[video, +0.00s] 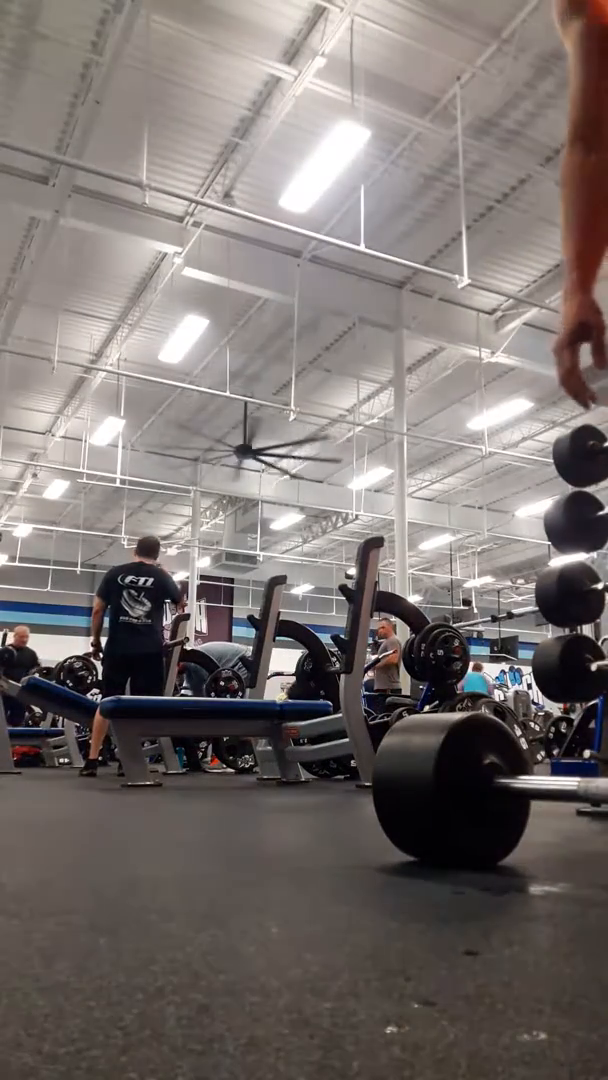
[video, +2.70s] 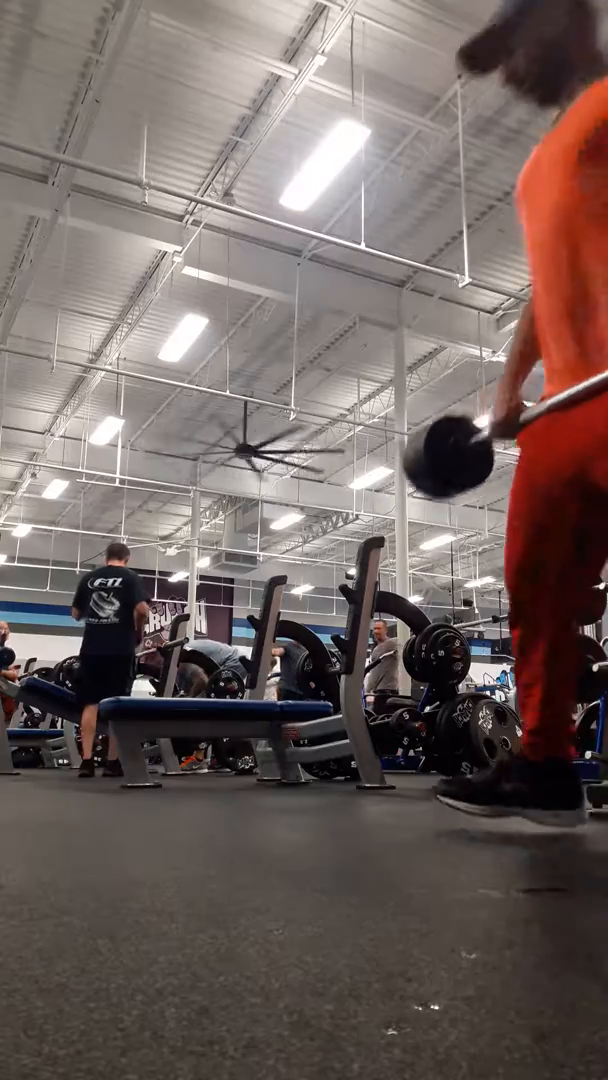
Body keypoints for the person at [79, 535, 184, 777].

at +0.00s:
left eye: (138, 550)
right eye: (155, 556)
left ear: (135, 552)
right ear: (157, 556)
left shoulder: (116, 572)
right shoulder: (161, 577)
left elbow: (98, 610)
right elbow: (180, 602)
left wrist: (95, 640)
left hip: (117, 650)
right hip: (149, 652)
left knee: (107, 703)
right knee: (144, 706)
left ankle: (92, 759)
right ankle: (132, 763)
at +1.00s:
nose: (158, 557)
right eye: (158, 554)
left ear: (133, 553)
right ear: (155, 555)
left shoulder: (114, 574)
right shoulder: (161, 578)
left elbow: (98, 612)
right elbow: (189, 596)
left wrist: (99, 645)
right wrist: (180, 577)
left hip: (118, 648)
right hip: (149, 650)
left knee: (109, 702)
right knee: (150, 704)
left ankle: (93, 758)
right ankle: (138, 763)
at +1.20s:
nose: (155, 558)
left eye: (153, 555)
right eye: (155, 555)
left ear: (130, 554)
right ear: (152, 555)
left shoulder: (112, 575)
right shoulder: (156, 577)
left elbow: (96, 613)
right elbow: (180, 601)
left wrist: (99, 647)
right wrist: (188, 612)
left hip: (115, 649)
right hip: (146, 650)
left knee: (106, 703)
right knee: (146, 706)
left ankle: (90, 758)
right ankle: (137, 765)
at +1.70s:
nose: (152, 564)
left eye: (151, 562)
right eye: (152, 561)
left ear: (128, 555)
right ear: (149, 560)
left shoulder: (106, 575)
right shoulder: (151, 578)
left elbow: (90, 613)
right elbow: (164, 608)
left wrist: (93, 645)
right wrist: (157, 621)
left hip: (108, 650)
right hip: (138, 651)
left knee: (101, 704)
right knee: (137, 705)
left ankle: (88, 759)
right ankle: (129, 762)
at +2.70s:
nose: (123, 563)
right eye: (126, 560)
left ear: (105, 558)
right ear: (126, 559)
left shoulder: (89, 577)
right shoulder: (131, 577)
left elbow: (76, 612)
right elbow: (142, 609)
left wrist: (96, 610)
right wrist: (139, 629)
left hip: (92, 650)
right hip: (121, 651)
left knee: (90, 703)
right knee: (118, 705)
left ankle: (86, 760)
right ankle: (113, 761)